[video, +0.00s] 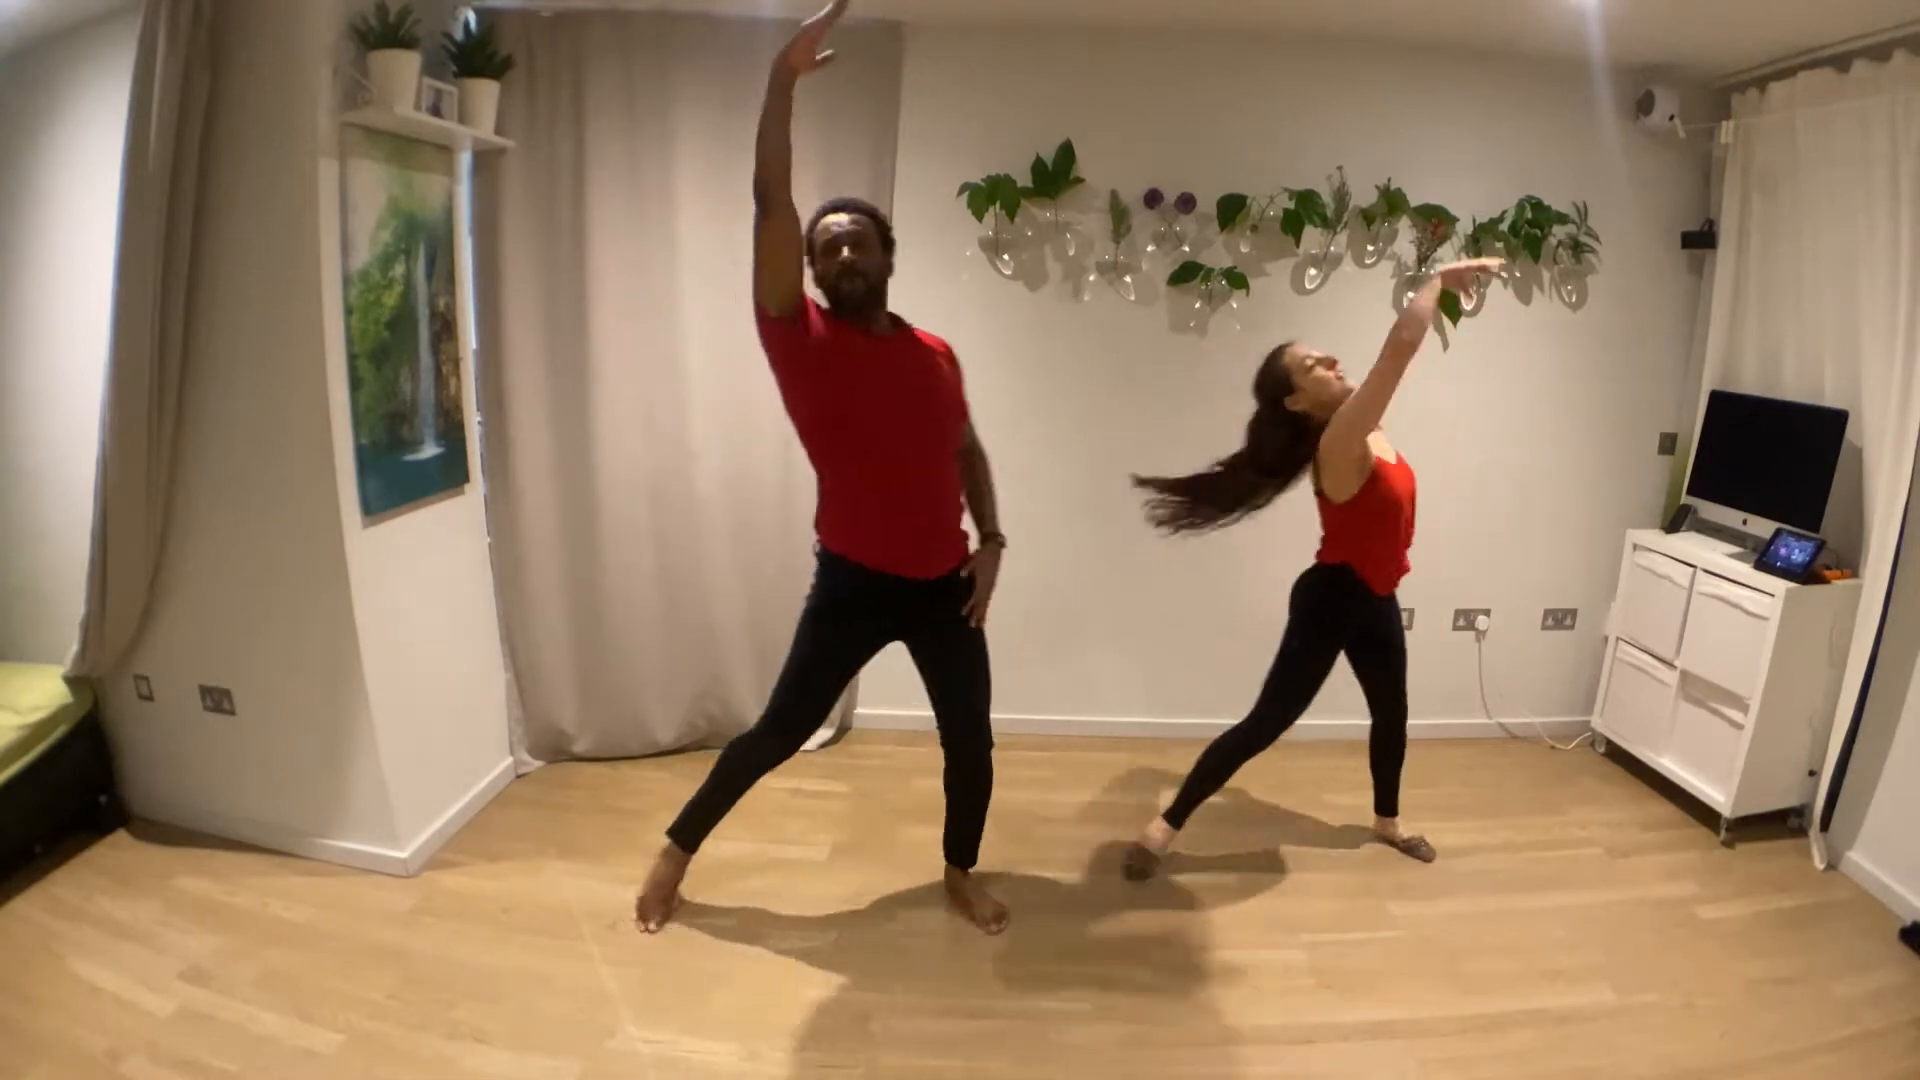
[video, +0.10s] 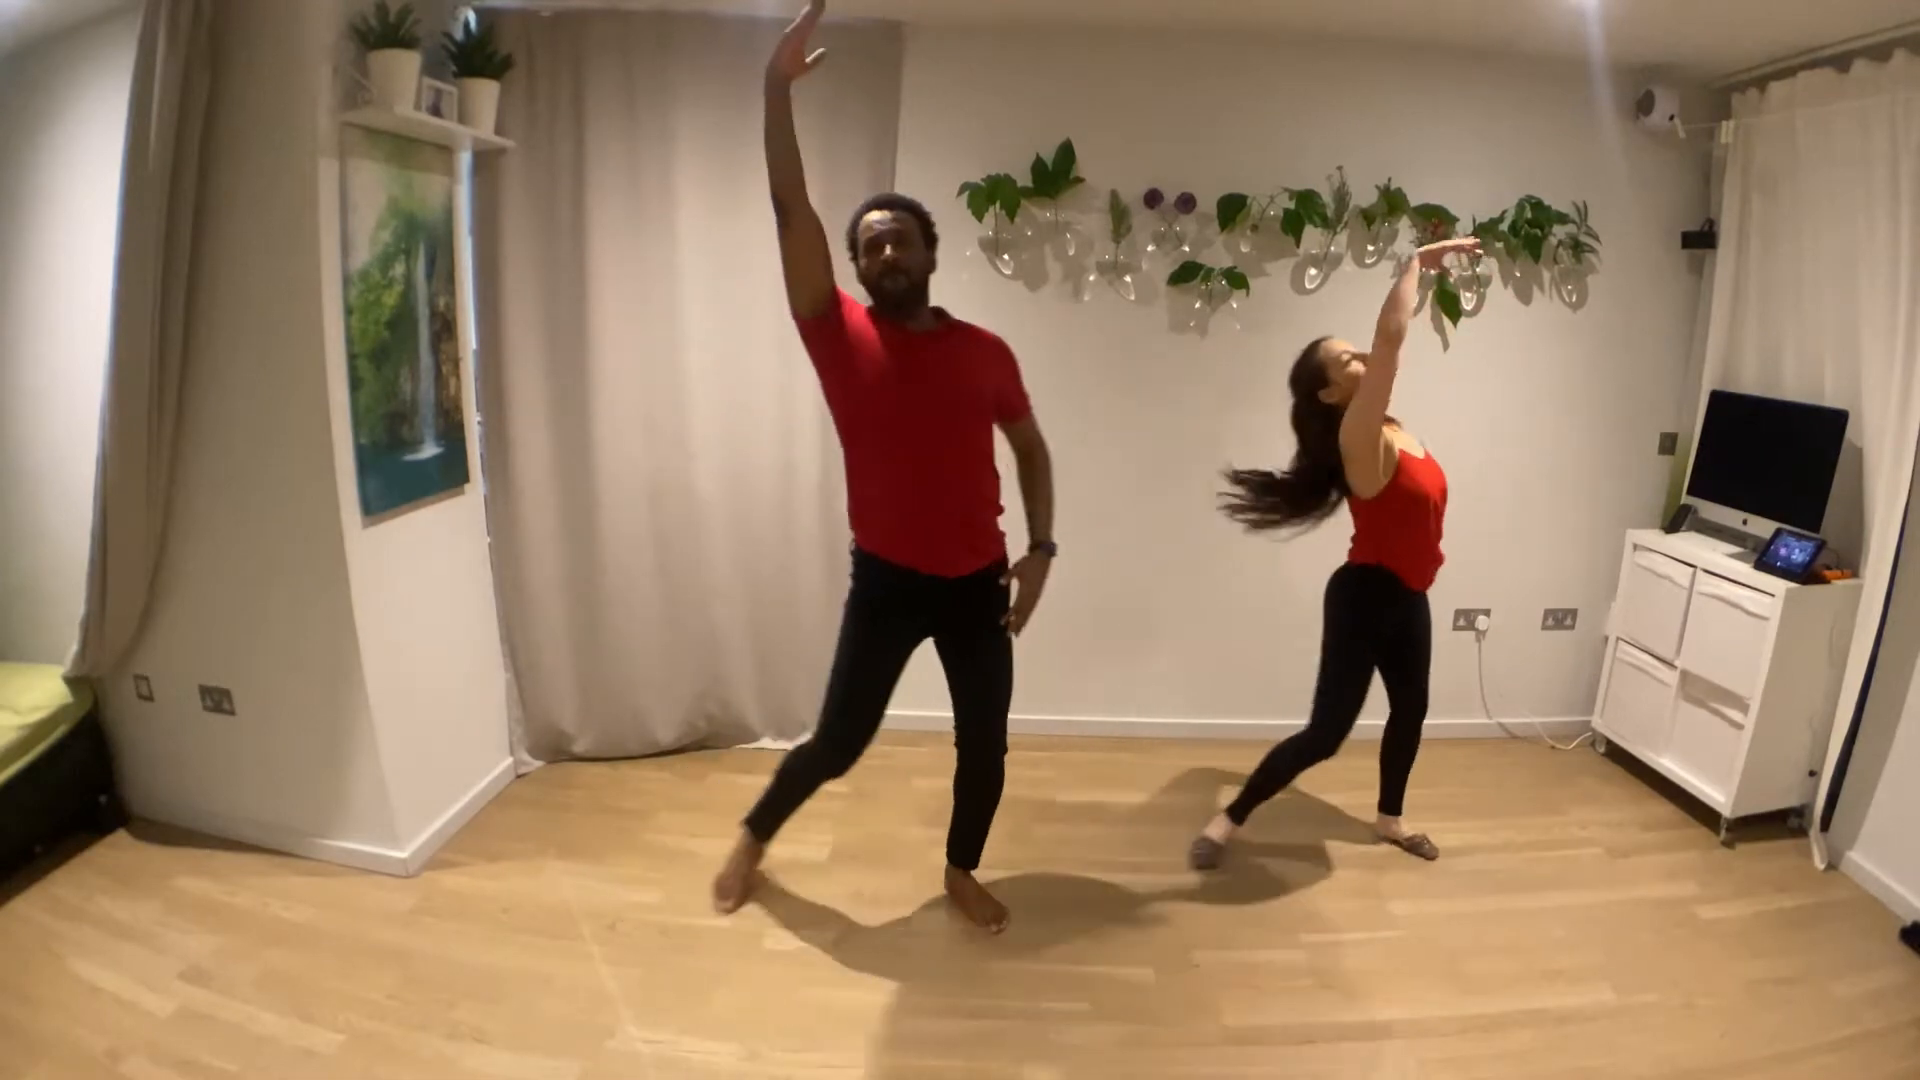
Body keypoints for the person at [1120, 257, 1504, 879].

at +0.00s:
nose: (1329, 360)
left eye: (1321, 354)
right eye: (1313, 365)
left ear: (1323, 385)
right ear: (1300, 402)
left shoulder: (1361, 430)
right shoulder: (1335, 447)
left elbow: (1402, 353)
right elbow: (1403, 347)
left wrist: (1450, 276)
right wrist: (1439, 277)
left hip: (1375, 602)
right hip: (1330, 598)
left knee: (1390, 715)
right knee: (1267, 723)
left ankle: (1387, 821)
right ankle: (1167, 825)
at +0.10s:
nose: (1364, 361)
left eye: (1358, 354)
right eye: (1349, 360)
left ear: (1361, 376)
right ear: (1329, 392)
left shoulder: (1385, 430)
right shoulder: (1358, 438)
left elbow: (1393, 338)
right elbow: (1391, 336)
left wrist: (1425, 266)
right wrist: (1418, 260)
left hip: (1406, 600)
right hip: (1363, 596)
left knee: (1410, 712)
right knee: (1327, 733)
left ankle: (1390, 820)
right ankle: (1229, 820)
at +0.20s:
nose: (1395, 358)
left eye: (1391, 352)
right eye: (1380, 356)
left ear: (1390, 377)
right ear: (1358, 386)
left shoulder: (1412, 434)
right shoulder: (1371, 438)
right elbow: (1376, 337)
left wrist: (1410, 265)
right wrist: (1393, 258)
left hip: (1430, 599)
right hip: (1387, 595)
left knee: (1427, 715)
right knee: (1384, 730)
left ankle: (1391, 818)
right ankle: (1300, 801)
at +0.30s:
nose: (1417, 357)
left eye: (1414, 351)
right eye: (1400, 356)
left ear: (1420, 377)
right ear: (1374, 383)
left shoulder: (1434, 437)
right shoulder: (1385, 443)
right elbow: (1359, 353)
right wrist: (1370, 271)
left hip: (1453, 600)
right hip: (1405, 601)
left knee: (1445, 715)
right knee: (1412, 728)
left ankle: (1395, 812)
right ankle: (1366, 764)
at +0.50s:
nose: (1445, 371)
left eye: (1449, 359)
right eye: (1428, 365)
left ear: (1459, 367)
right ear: (1403, 385)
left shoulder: (1476, 430)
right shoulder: (1396, 438)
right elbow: (1320, 381)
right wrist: (1314, 306)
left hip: (1478, 592)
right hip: (1422, 593)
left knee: (1478, 721)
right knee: (1419, 721)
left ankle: (1403, 808)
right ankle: (1410, 760)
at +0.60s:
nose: (1448, 382)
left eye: (1458, 369)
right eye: (1435, 373)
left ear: (1476, 373)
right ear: (1418, 383)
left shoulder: (1499, 432)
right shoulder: (1401, 439)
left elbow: (1491, 501)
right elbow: (1308, 437)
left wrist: (1489, 554)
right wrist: (1277, 368)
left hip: (1479, 597)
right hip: (1421, 596)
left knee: (1491, 723)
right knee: (1423, 708)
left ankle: (1419, 801)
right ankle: (1420, 768)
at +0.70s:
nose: (1449, 390)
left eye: (1462, 379)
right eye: (1440, 379)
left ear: (1488, 384)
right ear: (1430, 384)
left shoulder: (1516, 444)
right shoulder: (1410, 453)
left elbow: (1549, 486)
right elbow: (1331, 507)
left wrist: (1571, 545)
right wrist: (1255, 484)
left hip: (1480, 598)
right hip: (1419, 595)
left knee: (1488, 730)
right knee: (1421, 707)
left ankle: (1447, 825)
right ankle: (1415, 767)